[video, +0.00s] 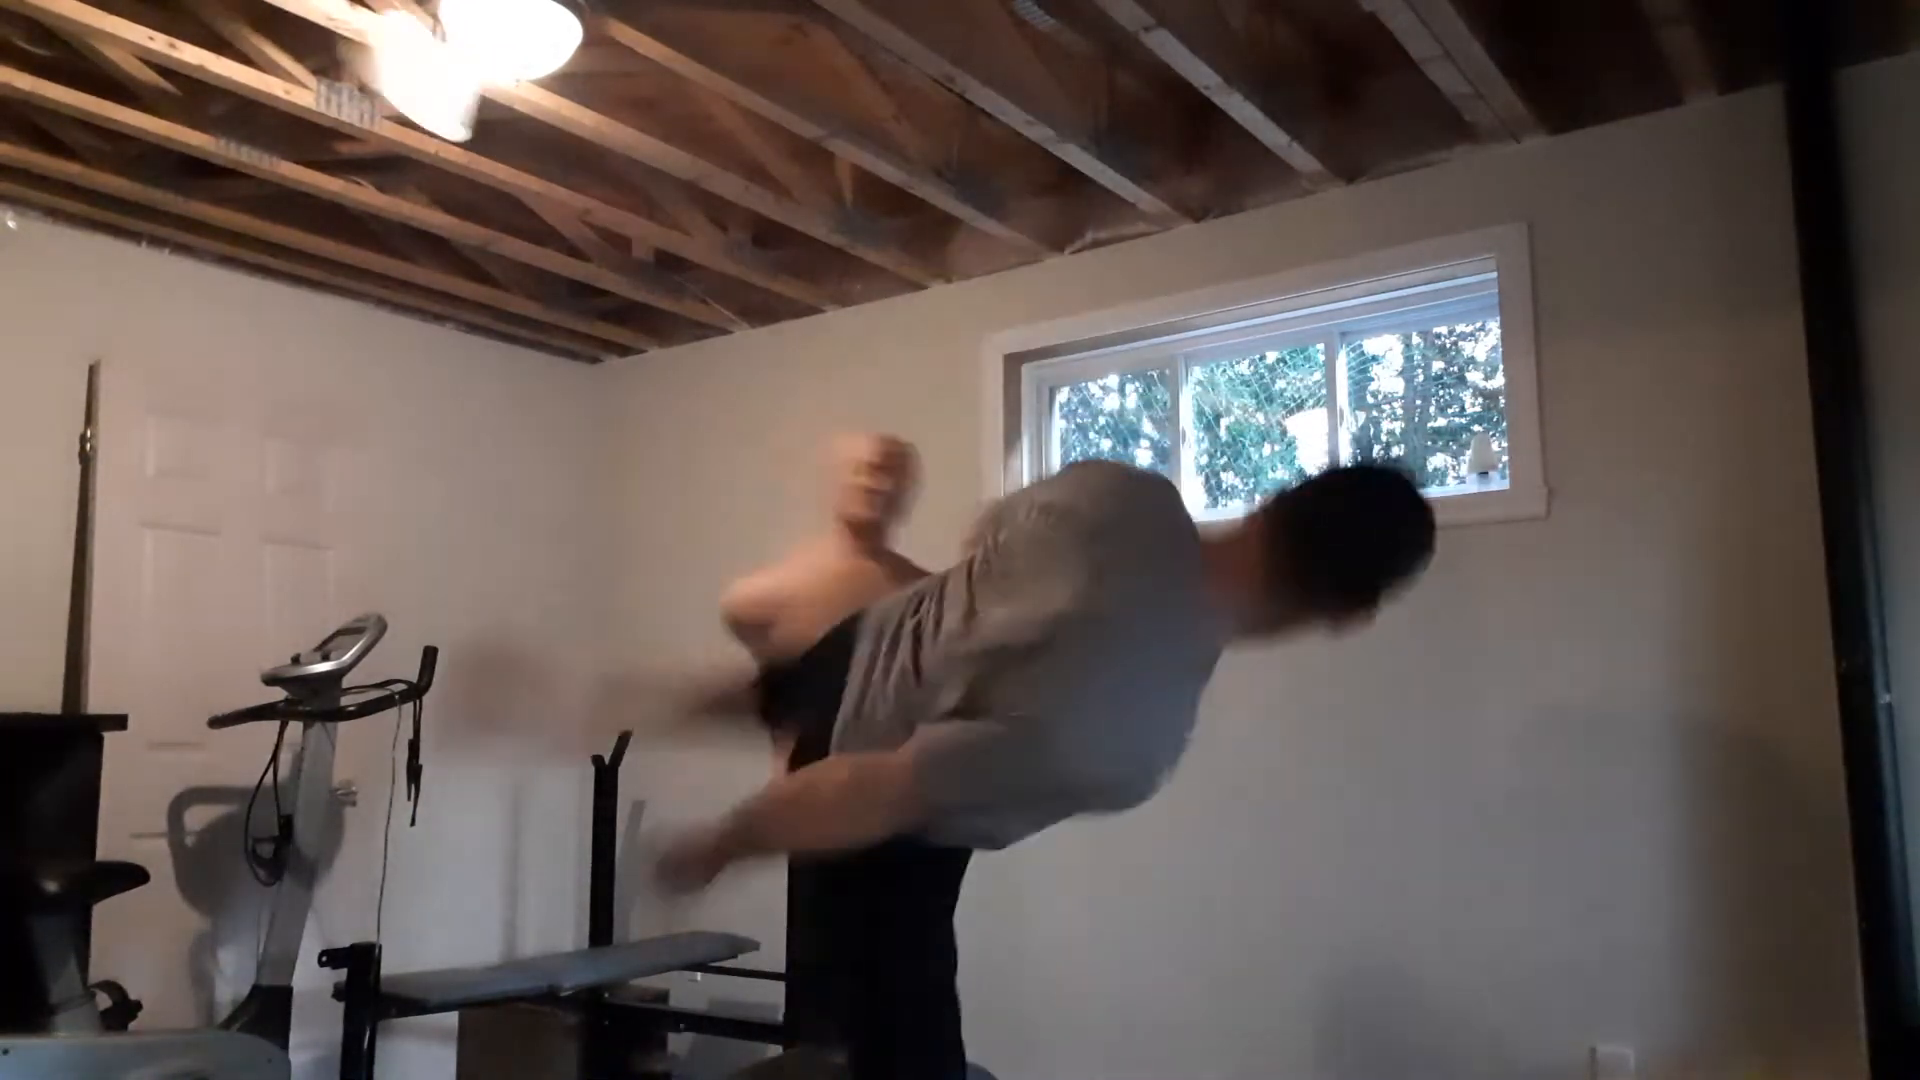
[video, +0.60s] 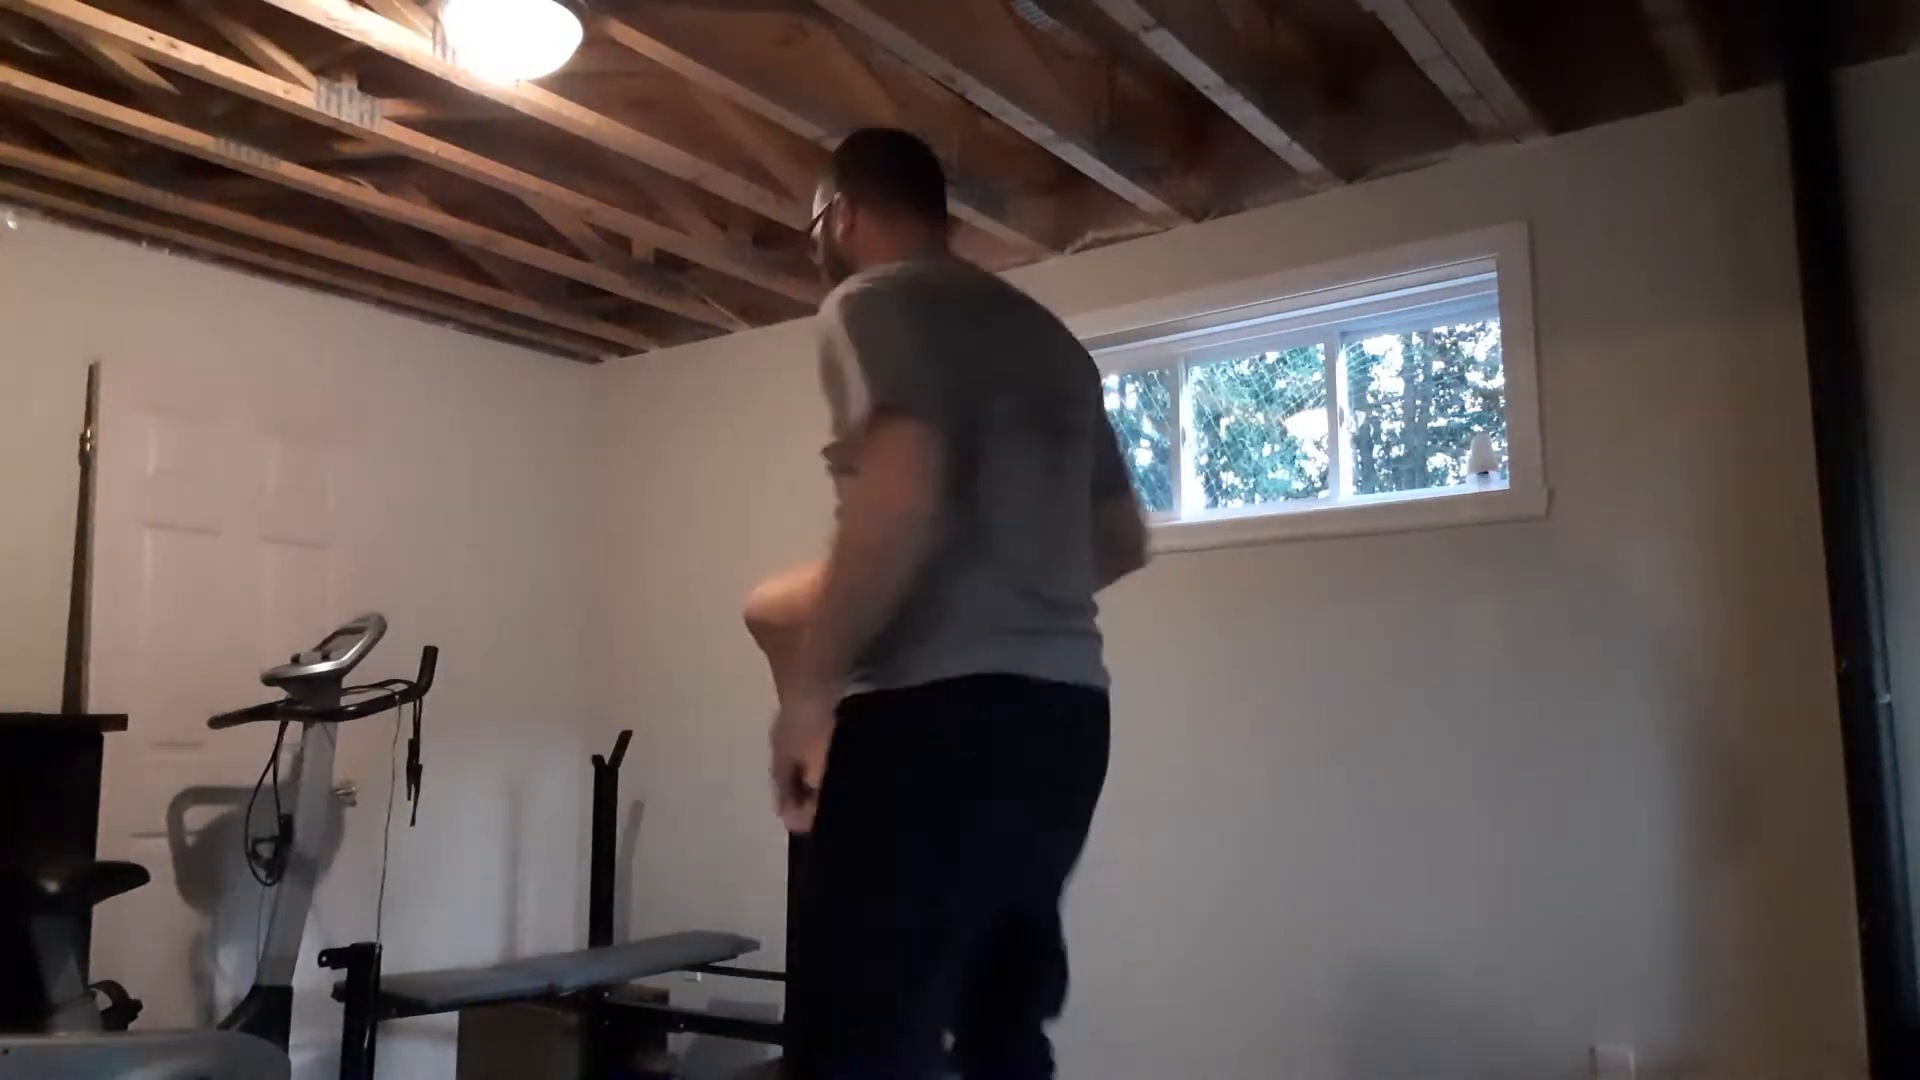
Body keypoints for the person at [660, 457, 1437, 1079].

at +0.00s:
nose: (1348, 628)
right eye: (1362, 607)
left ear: (1279, 495)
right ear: (1343, 613)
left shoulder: (1122, 492)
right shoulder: (1125, 737)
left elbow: (969, 570)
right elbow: (886, 782)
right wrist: (725, 840)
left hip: (848, 652)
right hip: (877, 822)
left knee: (786, 639)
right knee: (901, 1055)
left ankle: (843, 532)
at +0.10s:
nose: (1238, 420)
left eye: (1242, 401)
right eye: (1279, 430)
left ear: (1226, 398)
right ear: (1303, 462)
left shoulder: (1083, 443)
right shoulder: (1220, 646)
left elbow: (902, 489)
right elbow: (1042, 776)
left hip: (813, 688)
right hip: (905, 815)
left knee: (717, 844)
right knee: (923, 1038)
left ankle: (575, 972)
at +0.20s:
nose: (1097, 323)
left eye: (1101, 309)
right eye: (1120, 315)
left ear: (1098, 314)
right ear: (1187, 354)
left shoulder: (965, 393)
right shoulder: (1201, 514)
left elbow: (795, 512)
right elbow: (1228, 739)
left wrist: (856, 592)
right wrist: (1217, 936)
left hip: (783, 743)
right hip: (943, 830)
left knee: (690, 995)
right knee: (961, 1063)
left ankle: (662, 1042)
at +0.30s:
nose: (949, 342)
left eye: (957, 326)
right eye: (961, 325)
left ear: (976, 333)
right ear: (1054, 350)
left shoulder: (876, 430)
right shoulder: (1135, 487)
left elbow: (729, 594)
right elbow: (1293, 672)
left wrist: (755, 726)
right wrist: (1394, 855)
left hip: (792, 824)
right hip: (996, 859)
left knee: (735, 1068)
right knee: (1024, 1071)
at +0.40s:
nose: (853, 348)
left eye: (858, 331)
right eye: (861, 332)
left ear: (871, 338)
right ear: (964, 342)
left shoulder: (831, 457)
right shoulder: (1063, 469)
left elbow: (712, 634)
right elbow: (1223, 596)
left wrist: (668, 802)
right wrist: (1299, 681)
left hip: (854, 857)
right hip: (1040, 871)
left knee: (804, 1066)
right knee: (1036, 1064)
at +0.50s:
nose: (825, 285)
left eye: (823, 266)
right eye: (825, 269)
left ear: (840, 262)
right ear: (937, 262)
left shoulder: (859, 365)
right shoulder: (1043, 383)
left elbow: (804, 530)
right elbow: (1173, 548)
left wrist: (735, 733)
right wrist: (1119, 606)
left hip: (892, 781)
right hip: (1053, 789)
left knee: (819, 1056)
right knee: (1037, 1056)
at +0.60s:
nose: (820, 246)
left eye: (817, 224)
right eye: (818, 227)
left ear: (841, 213)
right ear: (936, 213)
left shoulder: (870, 301)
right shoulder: (1047, 331)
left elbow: (897, 496)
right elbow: (1121, 538)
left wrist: (810, 686)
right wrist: (986, 594)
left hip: (924, 716)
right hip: (1060, 716)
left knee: (855, 1034)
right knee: (1003, 1022)